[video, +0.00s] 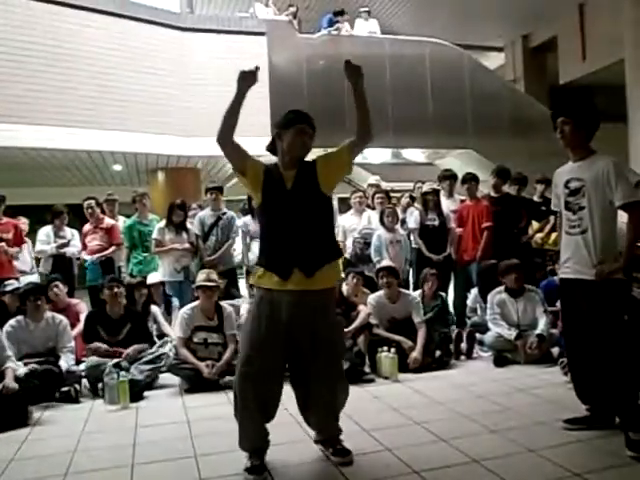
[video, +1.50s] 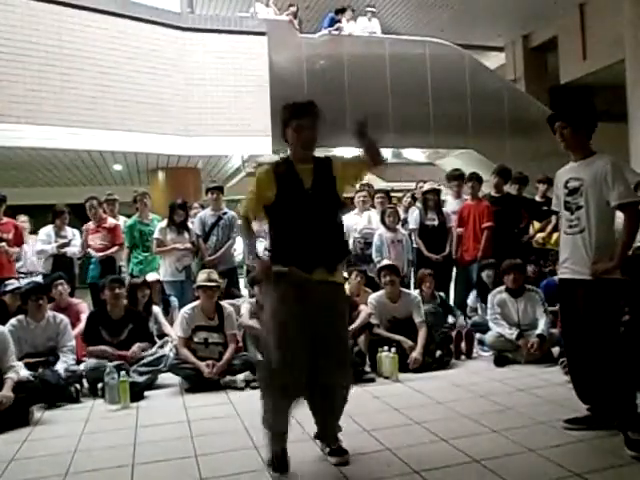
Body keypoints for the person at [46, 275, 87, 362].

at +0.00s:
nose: (54, 291)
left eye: (56, 286)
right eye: (50, 289)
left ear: (65, 288)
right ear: (48, 294)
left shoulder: (78, 304)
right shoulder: (49, 310)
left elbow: (82, 322)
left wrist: (71, 335)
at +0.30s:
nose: (58, 291)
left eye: (59, 286)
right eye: (53, 290)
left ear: (68, 287)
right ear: (51, 295)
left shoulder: (79, 304)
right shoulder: (50, 309)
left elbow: (84, 321)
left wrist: (72, 334)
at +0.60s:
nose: (60, 289)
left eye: (62, 285)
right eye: (55, 287)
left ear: (69, 287)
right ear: (51, 293)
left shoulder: (81, 305)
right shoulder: (50, 309)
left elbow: (84, 322)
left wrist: (72, 335)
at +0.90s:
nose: (61, 288)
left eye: (64, 284)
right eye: (57, 286)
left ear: (70, 287)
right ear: (53, 293)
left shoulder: (80, 305)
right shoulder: (51, 308)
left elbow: (84, 322)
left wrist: (72, 335)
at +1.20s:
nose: (61, 291)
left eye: (63, 286)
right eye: (57, 289)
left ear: (69, 289)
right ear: (53, 294)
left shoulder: (80, 305)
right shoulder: (50, 309)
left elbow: (83, 322)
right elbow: (47, 327)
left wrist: (71, 335)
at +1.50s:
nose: (60, 289)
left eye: (62, 285)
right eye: (56, 287)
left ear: (69, 289)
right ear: (51, 293)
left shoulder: (80, 305)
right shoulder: (49, 309)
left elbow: (83, 322)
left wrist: (71, 335)